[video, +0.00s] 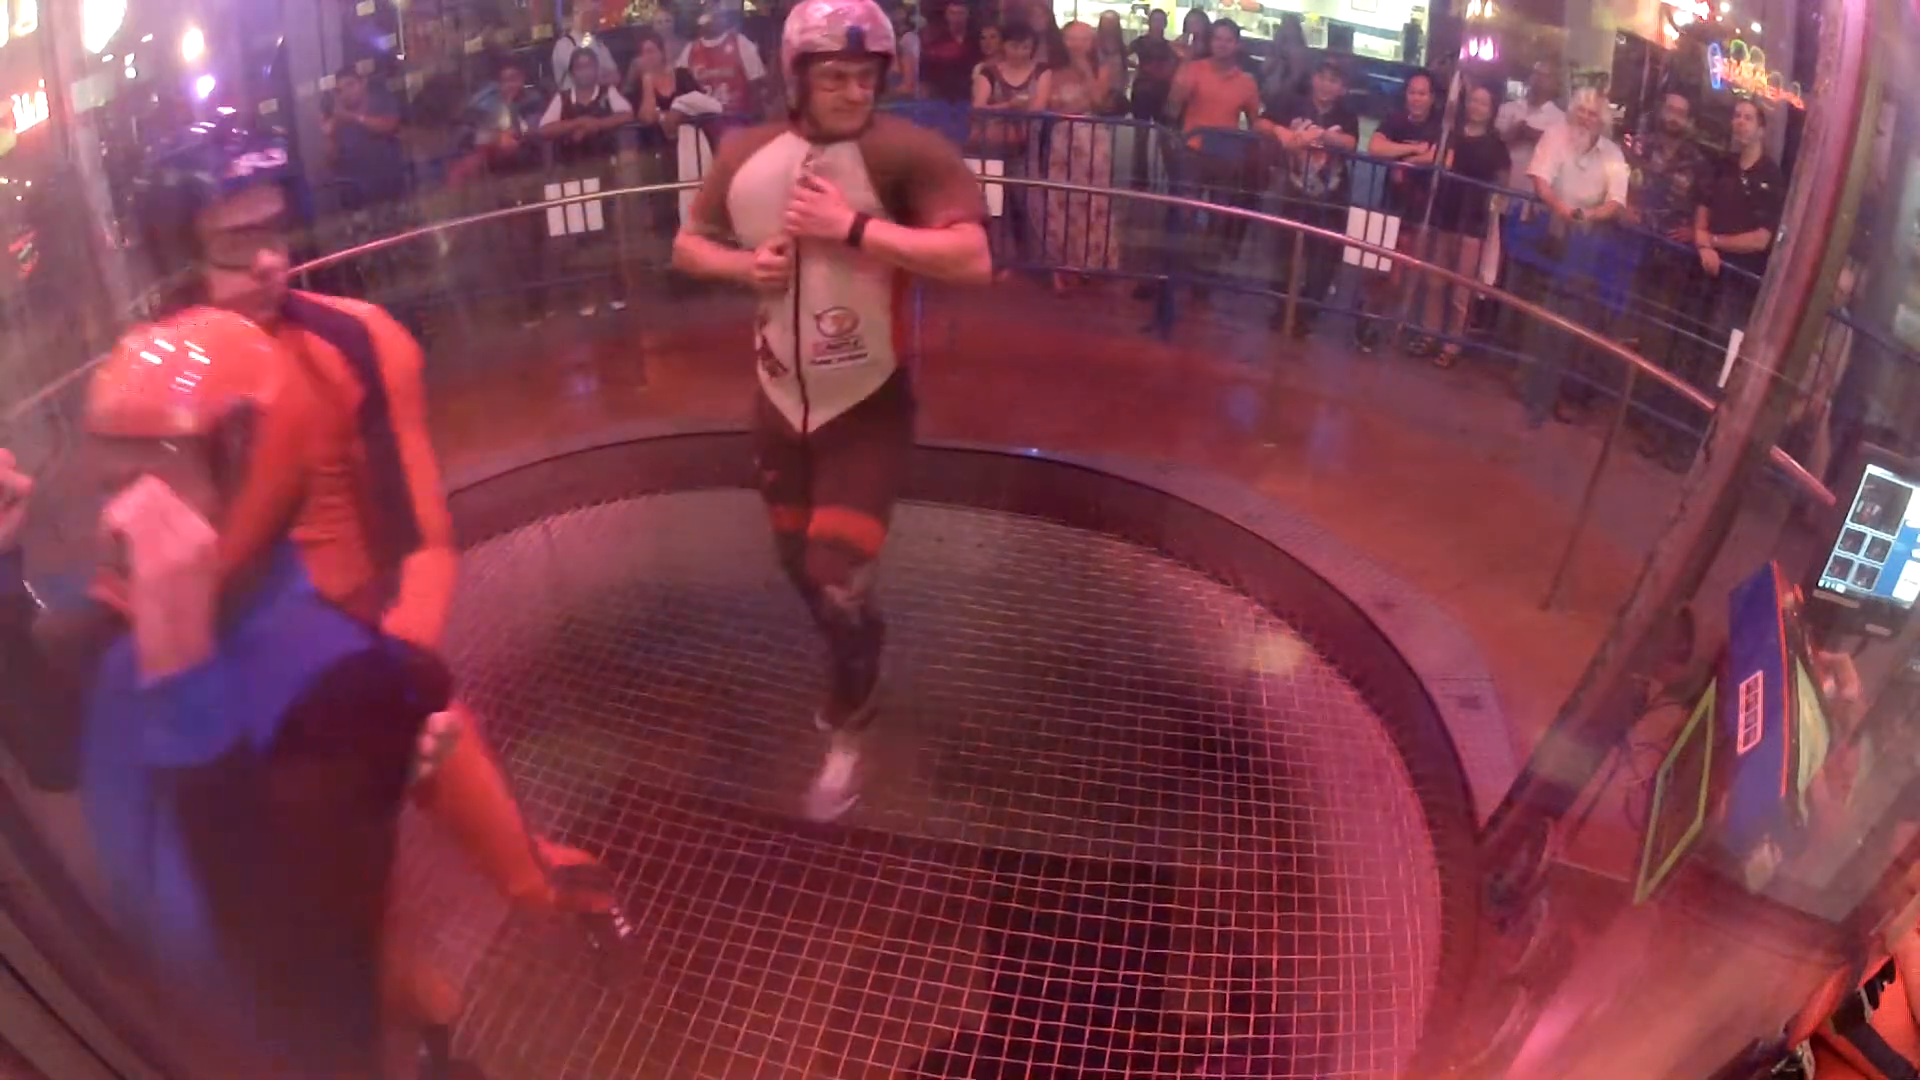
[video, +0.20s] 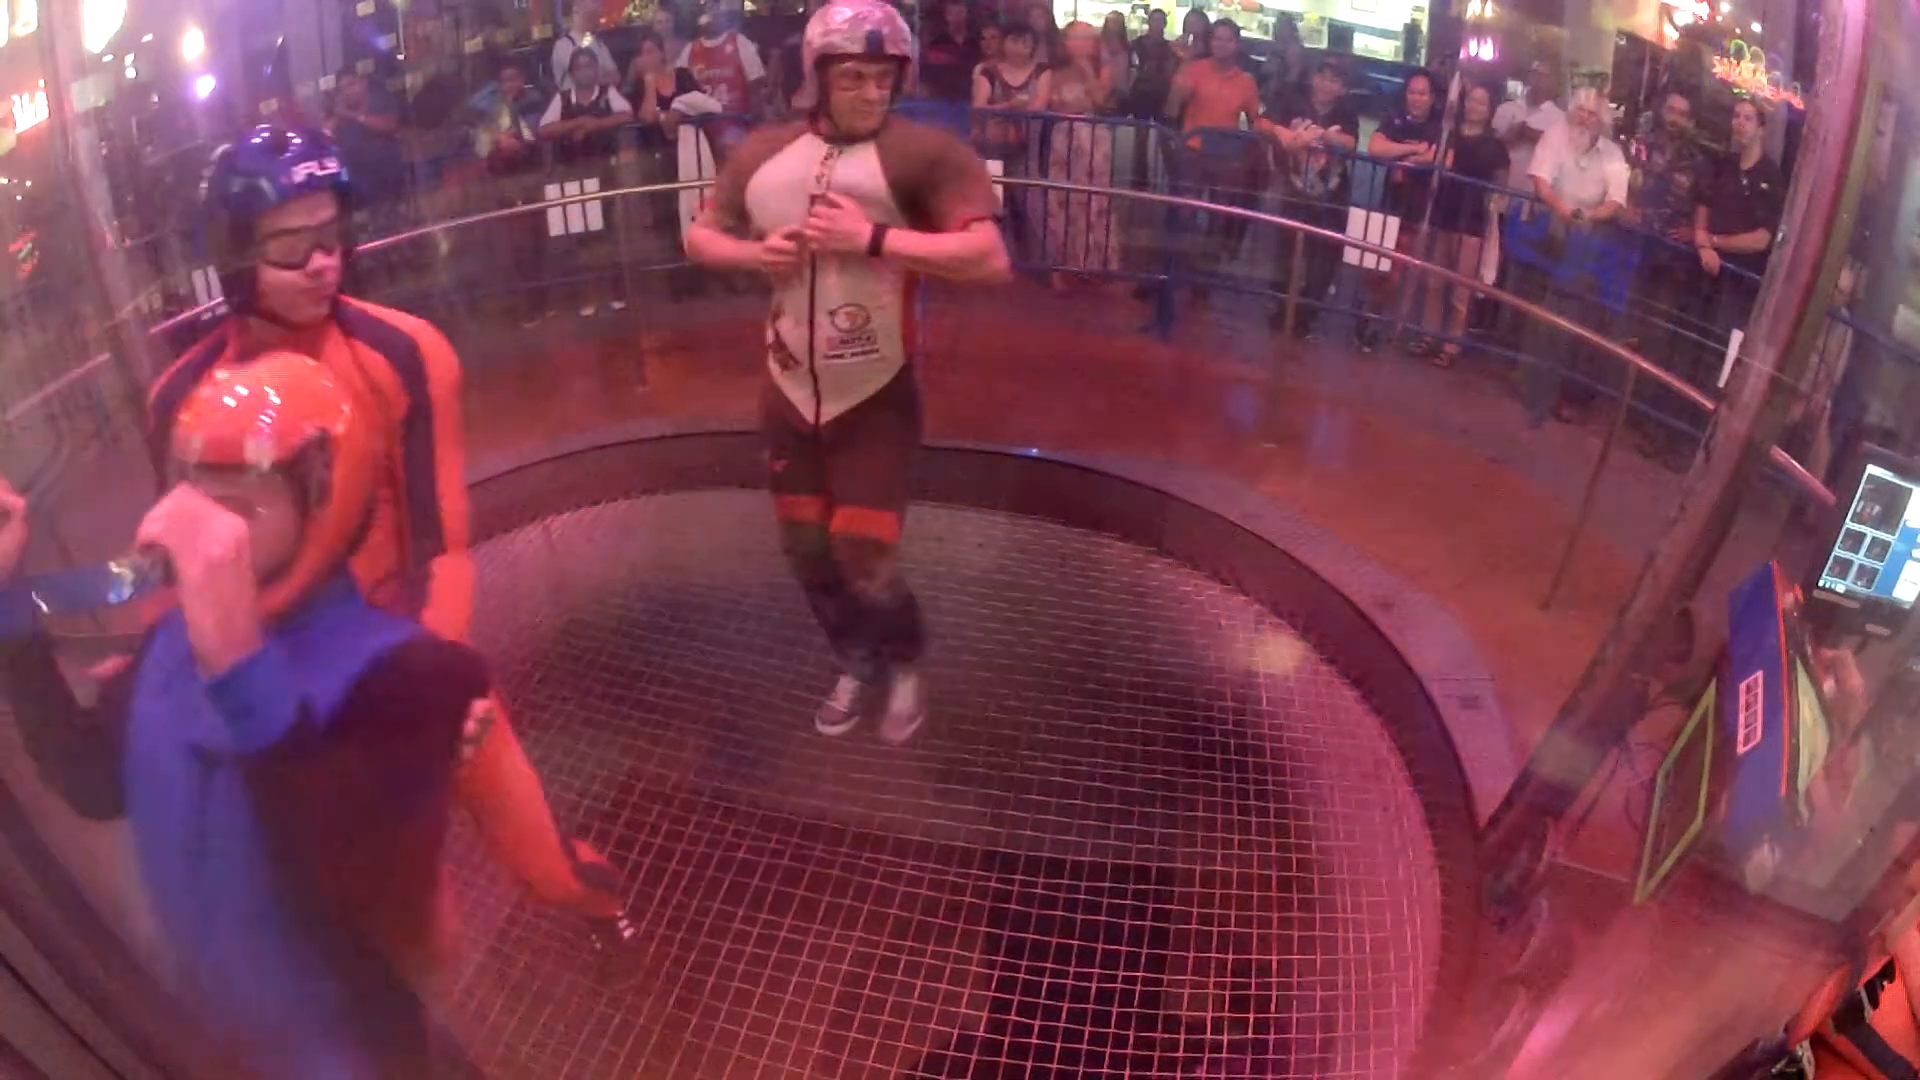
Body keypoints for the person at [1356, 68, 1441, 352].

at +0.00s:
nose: (1417, 98)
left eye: (1423, 93)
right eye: (1412, 92)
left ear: (1433, 98)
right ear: (1405, 96)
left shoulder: (1440, 128)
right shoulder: (1395, 120)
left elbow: (1441, 160)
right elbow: (1375, 147)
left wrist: (1407, 158)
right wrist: (1415, 149)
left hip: (1422, 213)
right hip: (1391, 208)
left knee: (1406, 276)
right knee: (1379, 270)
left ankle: (1395, 325)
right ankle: (1368, 319)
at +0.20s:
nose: (1416, 99)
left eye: (1422, 94)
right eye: (1412, 93)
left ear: (1433, 99)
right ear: (1404, 95)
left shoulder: (1439, 129)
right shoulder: (1394, 121)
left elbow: (1441, 160)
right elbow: (1375, 148)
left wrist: (1406, 159)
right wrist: (1416, 148)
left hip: (1422, 213)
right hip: (1391, 209)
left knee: (1407, 274)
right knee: (1381, 270)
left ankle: (1396, 326)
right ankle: (1370, 316)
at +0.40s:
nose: (1417, 99)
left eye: (1423, 94)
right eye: (1412, 93)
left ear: (1433, 99)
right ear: (1405, 96)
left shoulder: (1439, 129)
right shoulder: (1394, 121)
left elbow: (1440, 160)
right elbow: (1375, 148)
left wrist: (1405, 159)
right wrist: (1416, 149)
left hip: (1421, 213)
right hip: (1390, 209)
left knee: (1406, 275)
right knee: (1380, 270)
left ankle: (1396, 326)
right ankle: (1369, 317)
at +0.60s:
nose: (1417, 99)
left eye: (1423, 94)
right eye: (1412, 93)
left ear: (1433, 99)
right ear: (1405, 95)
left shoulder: (1438, 129)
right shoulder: (1394, 121)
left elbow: (1439, 159)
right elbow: (1376, 148)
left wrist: (1403, 157)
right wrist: (1416, 148)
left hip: (1419, 214)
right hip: (1389, 209)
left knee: (1402, 276)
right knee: (1377, 270)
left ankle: (1390, 325)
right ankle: (1369, 319)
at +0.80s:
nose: (1417, 99)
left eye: (1423, 94)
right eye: (1412, 93)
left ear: (1433, 99)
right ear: (1405, 96)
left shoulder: (1438, 129)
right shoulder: (1395, 121)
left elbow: (1441, 160)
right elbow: (1376, 148)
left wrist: (1404, 157)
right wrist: (1416, 149)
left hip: (1421, 214)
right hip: (1390, 209)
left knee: (1404, 276)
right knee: (1378, 270)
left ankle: (1392, 326)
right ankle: (1369, 319)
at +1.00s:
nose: (1418, 99)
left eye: (1424, 94)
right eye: (1413, 93)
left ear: (1433, 99)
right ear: (1405, 95)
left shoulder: (1438, 129)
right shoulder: (1395, 121)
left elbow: (1440, 159)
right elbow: (1376, 148)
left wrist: (1404, 158)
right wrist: (1416, 149)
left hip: (1421, 214)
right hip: (1390, 210)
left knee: (1407, 276)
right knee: (1381, 272)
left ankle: (1396, 327)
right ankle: (1369, 321)